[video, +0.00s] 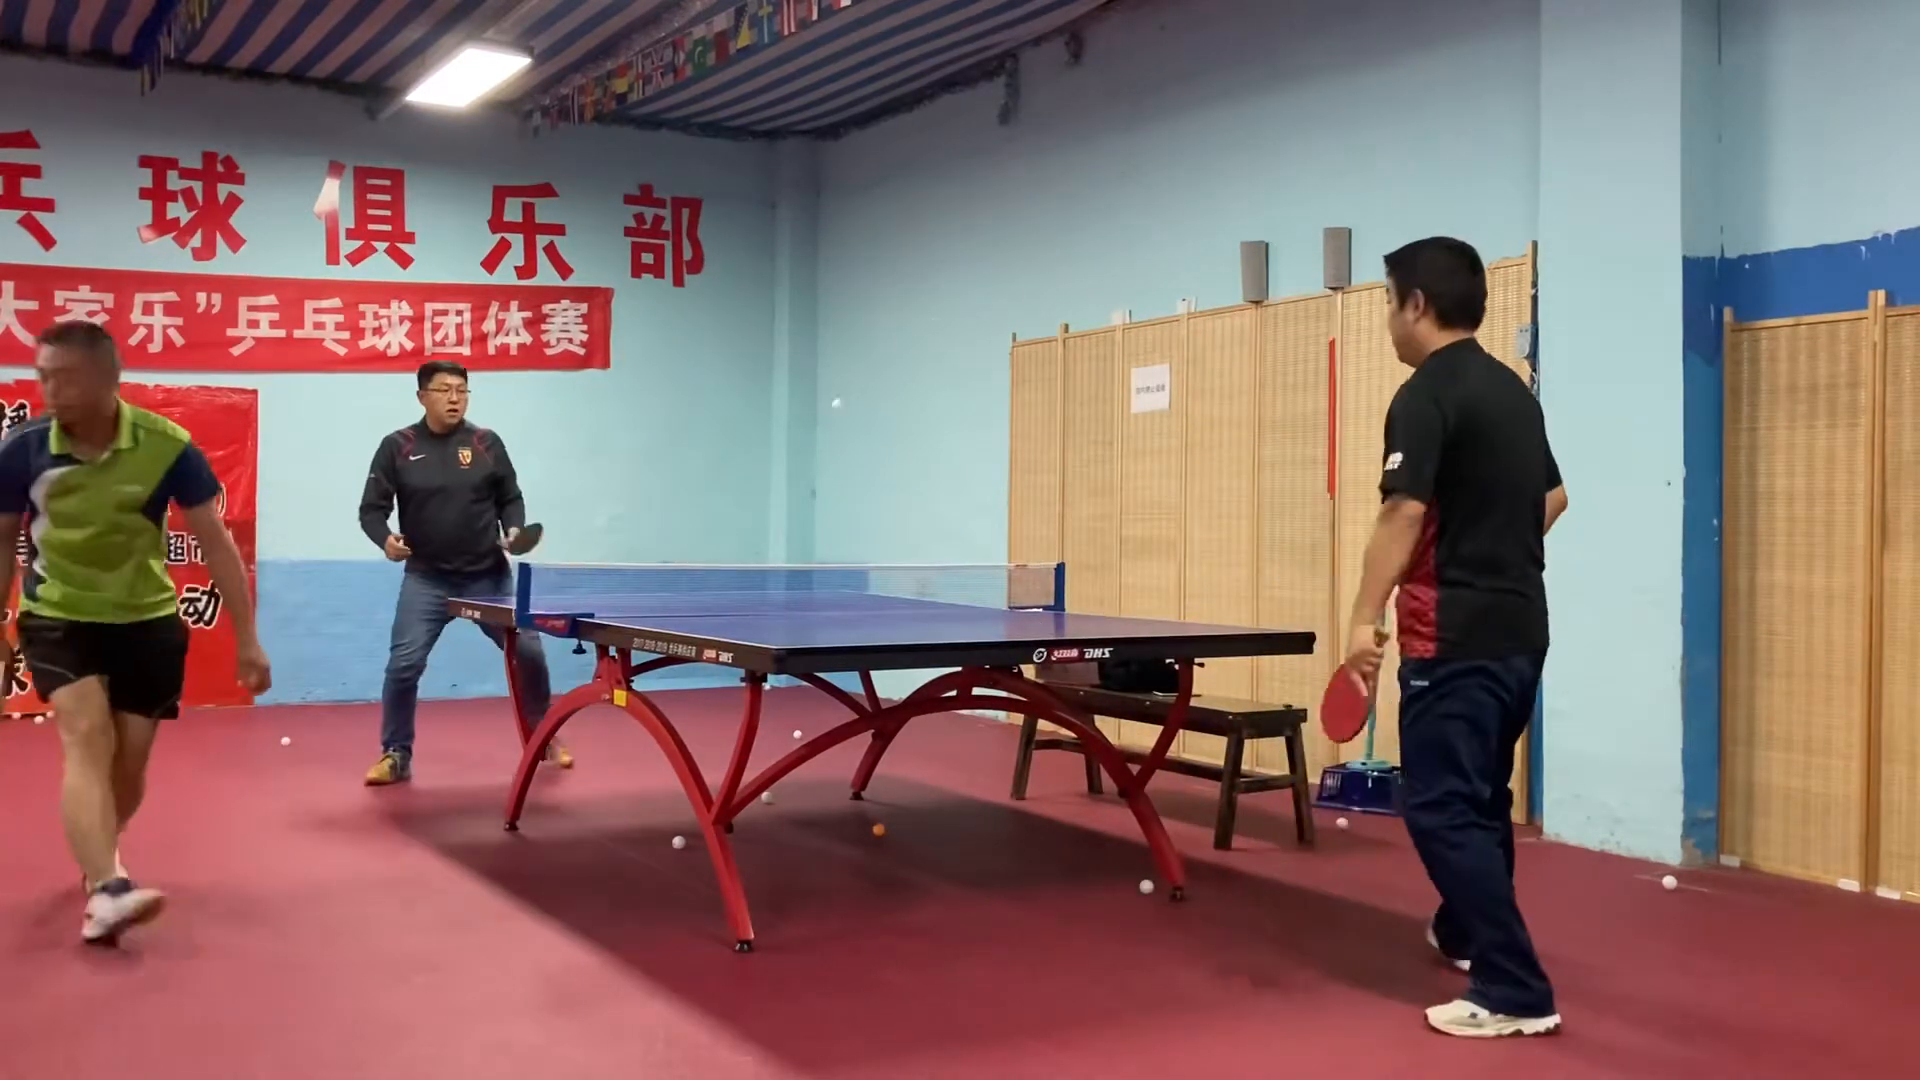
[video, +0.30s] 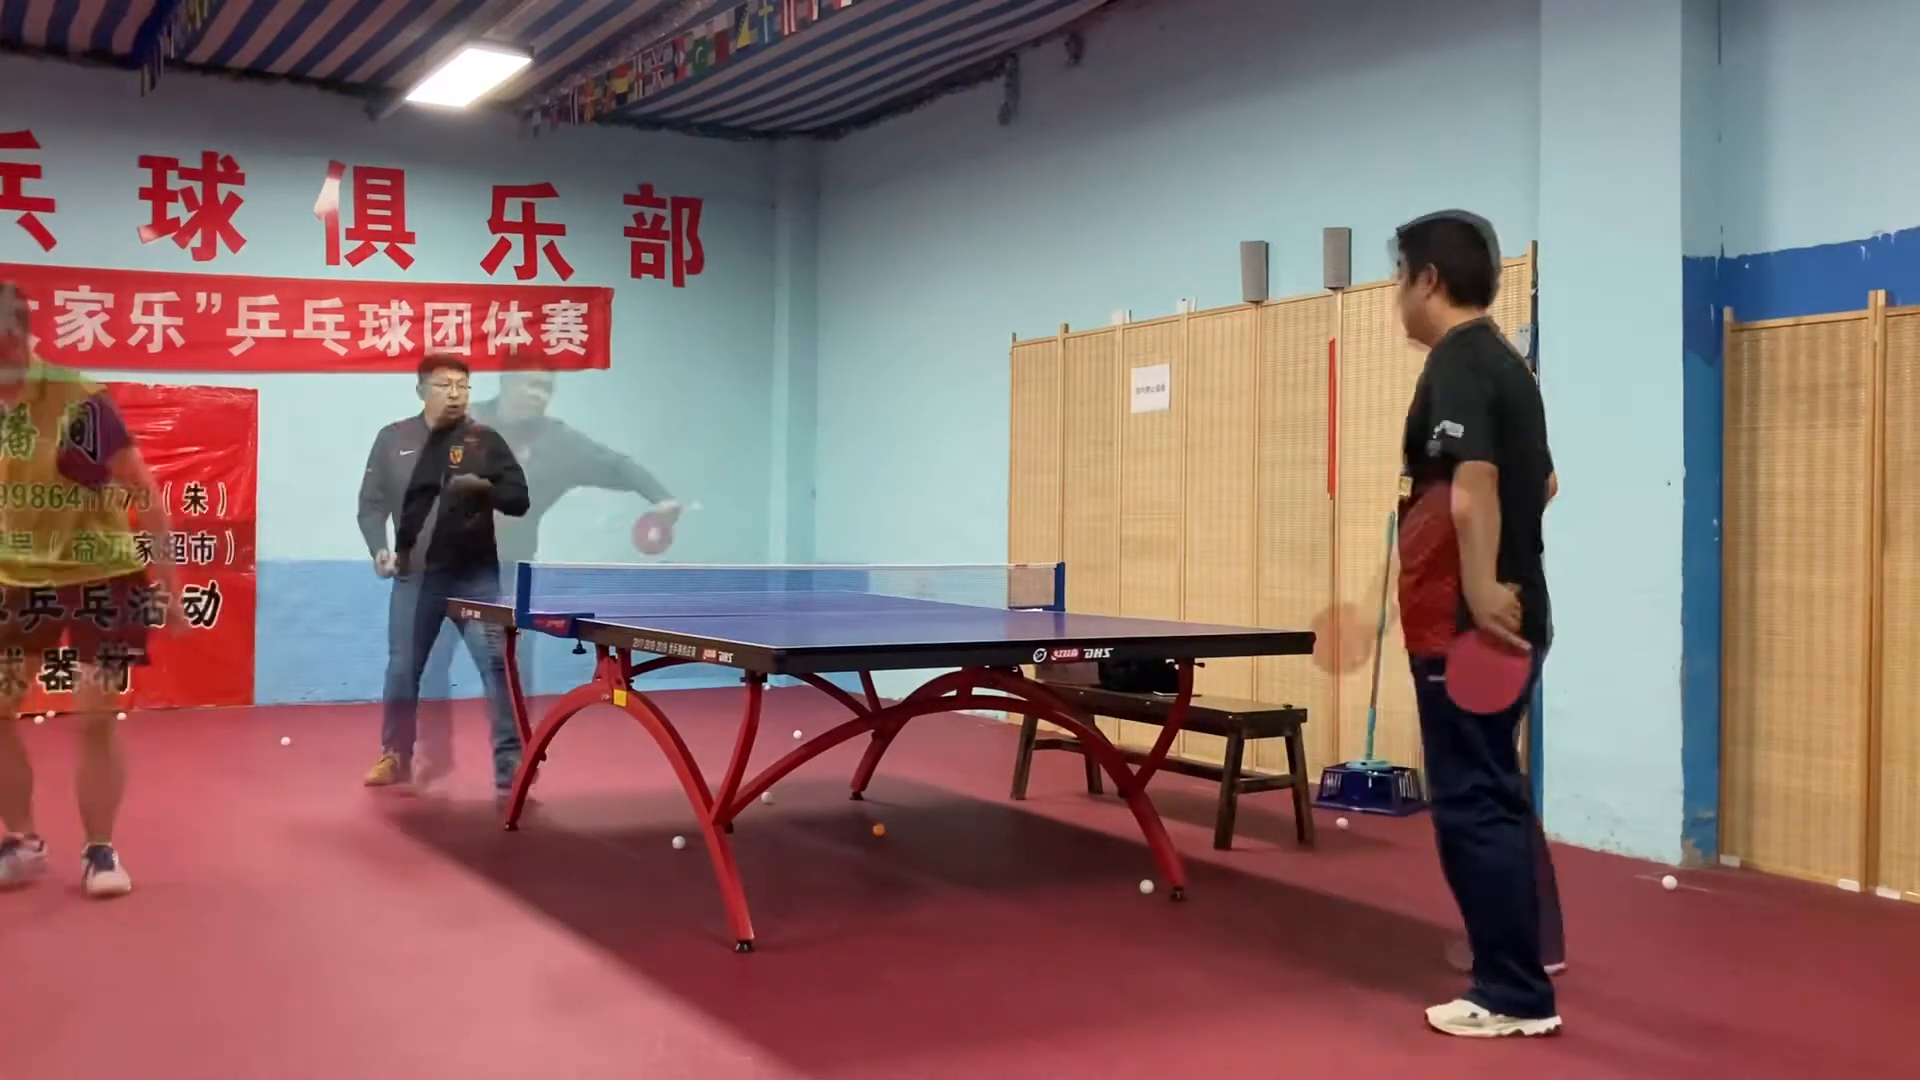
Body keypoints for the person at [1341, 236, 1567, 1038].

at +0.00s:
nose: (1388, 321)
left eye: (1391, 306)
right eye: (1388, 306)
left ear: (1417, 304)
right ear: (1469, 307)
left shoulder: (1425, 393)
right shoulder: (1510, 385)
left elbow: (1403, 513)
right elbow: (1551, 497)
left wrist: (1363, 619)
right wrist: (1487, 556)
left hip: (1456, 638)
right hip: (1516, 632)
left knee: (1436, 806)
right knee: (1482, 790)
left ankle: (1515, 993)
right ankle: (1465, 926)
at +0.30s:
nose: (1395, 299)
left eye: (1398, 282)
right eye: (1397, 282)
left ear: (1429, 281)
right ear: (1468, 282)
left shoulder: (1460, 360)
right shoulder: (1500, 360)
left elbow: (1477, 485)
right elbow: (1539, 480)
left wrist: (1483, 591)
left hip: (1465, 625)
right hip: (1500, 617)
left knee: (1471, 803)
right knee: (1492, 791)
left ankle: (1514, 994)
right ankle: (1526, 953)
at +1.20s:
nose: (1373, 357)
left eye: (1372, 349)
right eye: (1372, 350)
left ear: (1382, 341)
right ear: (1444, 337)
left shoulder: (1388, 378)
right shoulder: (1488, 402)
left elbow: (1386, 462)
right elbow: (1507, 500)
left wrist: (1361, 559)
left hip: (1426, 611)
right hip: (1496, 614)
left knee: (1405, 772)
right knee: (1472, 774)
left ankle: (1432, 939)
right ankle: (1479, 935)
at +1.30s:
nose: (1366, 350)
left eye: (1366, 340)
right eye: (1364, 341)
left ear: (1380, 334)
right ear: (1437, 332)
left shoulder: (1388, 378)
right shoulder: (1475, 397)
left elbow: (1390, 459)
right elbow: (1489, 502)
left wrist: (1353, 555)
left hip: (1421, 612)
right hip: (1488, 612)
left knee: (1395, 770)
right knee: (1468, 769)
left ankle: (1431, 931)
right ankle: (1480, 929)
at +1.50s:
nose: (1343, 347)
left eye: (1344, 332)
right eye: (1342, 333)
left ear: (1365, 326)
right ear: (1405, 325)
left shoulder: (1395, 381)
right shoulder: (1426, 383)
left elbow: (1413, 469)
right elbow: (1410, 494)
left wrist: (1348, 546)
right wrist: (1334, 499)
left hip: (1408, 617)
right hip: (1443, 613)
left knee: (1385, 770)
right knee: (1431, 765)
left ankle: (1411, 922)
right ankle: (1470, 908)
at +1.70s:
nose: (1308, 350)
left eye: (1310, 334)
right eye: (1306, 336)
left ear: (1337, 329)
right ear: (1350, 330)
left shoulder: (1396, 384)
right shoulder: (1355, 400)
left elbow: (1426, 477)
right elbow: (1354, 502)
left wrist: (1341, 528)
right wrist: (1279, 502)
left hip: (1414, 623)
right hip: (1368, 622)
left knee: (1393, 763)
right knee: (1340, 744)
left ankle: (1413, 923)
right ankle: (1378, 894)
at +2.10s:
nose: (1227, 403)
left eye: (1234, 388)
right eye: (1226, 390)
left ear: (1275, 387)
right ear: (1271, 389)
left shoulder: (1362, 431)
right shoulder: (1255, 465)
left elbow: (1394, 528)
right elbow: (1241, 551)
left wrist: (1301, 546)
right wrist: (1181, 571)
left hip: (1414, 622)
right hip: (1339, 629)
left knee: (1437, 759)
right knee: (1315, 754)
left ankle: (1474, 904)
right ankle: (1318, 885)